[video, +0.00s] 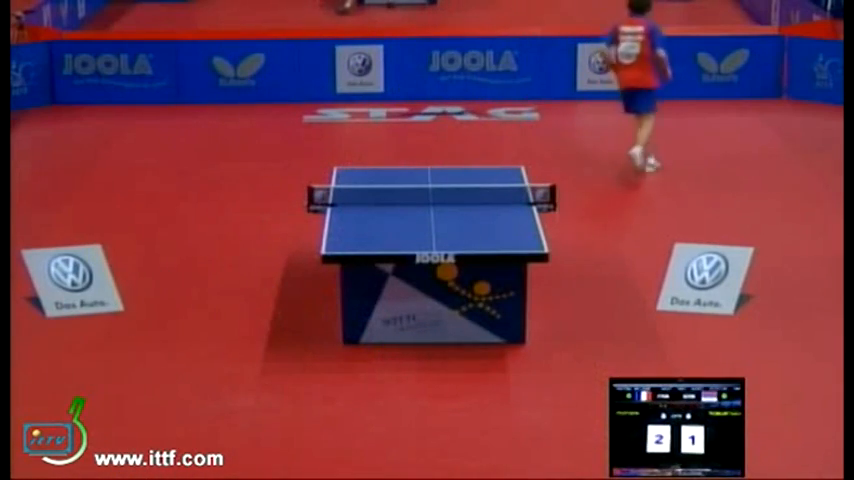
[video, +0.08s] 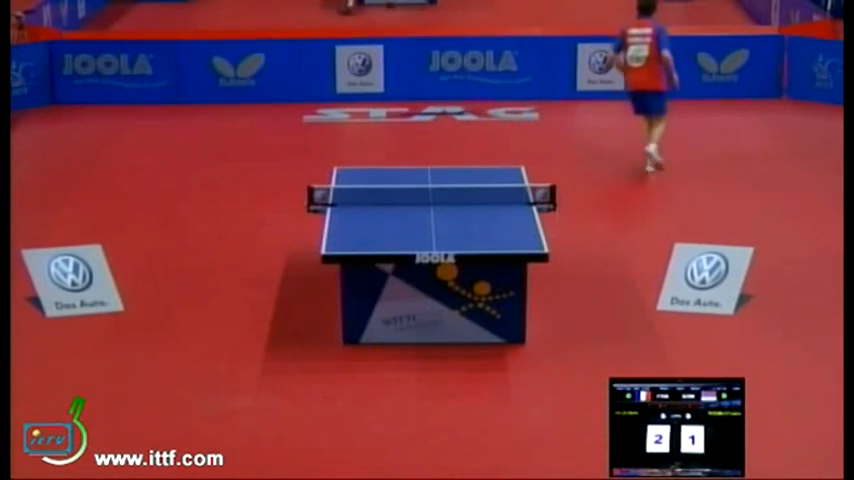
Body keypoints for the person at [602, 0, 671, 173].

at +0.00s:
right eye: (648, 7)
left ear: (629, 8)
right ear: (647, 9)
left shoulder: (618, 28)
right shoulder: (650, 28)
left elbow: (609, 52)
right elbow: (658, 53)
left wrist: (617, 71)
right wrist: (666, 73)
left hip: (626, 81)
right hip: (645, 80)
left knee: (639, 119)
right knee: (648, 117)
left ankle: (646, 157)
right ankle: (638, 148)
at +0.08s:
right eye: (653, 8)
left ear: (637, 10)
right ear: (653, 10)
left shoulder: (627, 30)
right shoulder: (658, 29)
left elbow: (615, 56)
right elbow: (665, 55)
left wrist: (627, 71)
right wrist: (673, 75)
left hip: (634, 83)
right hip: (653, 83)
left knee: (647, 120)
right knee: (660, 117)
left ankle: (649, 160)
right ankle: (653, 145)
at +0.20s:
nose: (661, 6)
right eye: (662, 4)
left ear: (647, 4)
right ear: (662, 3)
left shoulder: (637, 20)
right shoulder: (666, 19)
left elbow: (627, 44)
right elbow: (670, 42)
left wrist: (641, 55)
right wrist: (678, 66)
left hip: (645, 73)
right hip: (664, 73)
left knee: (649, 113)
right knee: (669, 111)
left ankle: (650, 154)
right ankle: (670, 151)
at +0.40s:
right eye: (678, 3)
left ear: (662, 2)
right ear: (678, 2)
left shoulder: (652, 16)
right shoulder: (682, 17)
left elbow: (640, 41)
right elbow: (688, 41)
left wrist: (656, 51)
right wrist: (700, 65)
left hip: (657, 70)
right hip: (677, 71)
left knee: (659, 104)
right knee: (680, 105)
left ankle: (653, 134)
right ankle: (679, 142)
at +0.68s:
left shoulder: (662, 6)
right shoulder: (695, 6)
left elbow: (654, 31)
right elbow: (707, 31)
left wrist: (658, 50)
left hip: (667, 56)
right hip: (687, 56)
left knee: (671, 94)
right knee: (683, 96)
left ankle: (673, 129)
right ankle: (680, 136)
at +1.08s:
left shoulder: (674, 3)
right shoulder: (706, 3)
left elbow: (667, 28)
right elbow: (711, 28)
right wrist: (717, 46)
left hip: (680, 51)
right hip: (699, 50)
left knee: (680, 85)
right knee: (702, 82)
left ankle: (677, 124)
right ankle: (696, 116)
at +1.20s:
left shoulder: (682, 4)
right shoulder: (711, 5)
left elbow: (673, 27)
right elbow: (715, 27)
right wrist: (720, 50)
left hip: (684, 51)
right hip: (704, 52)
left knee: (682, 86)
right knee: (708, 84)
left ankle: (678, 124)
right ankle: (711, 114)